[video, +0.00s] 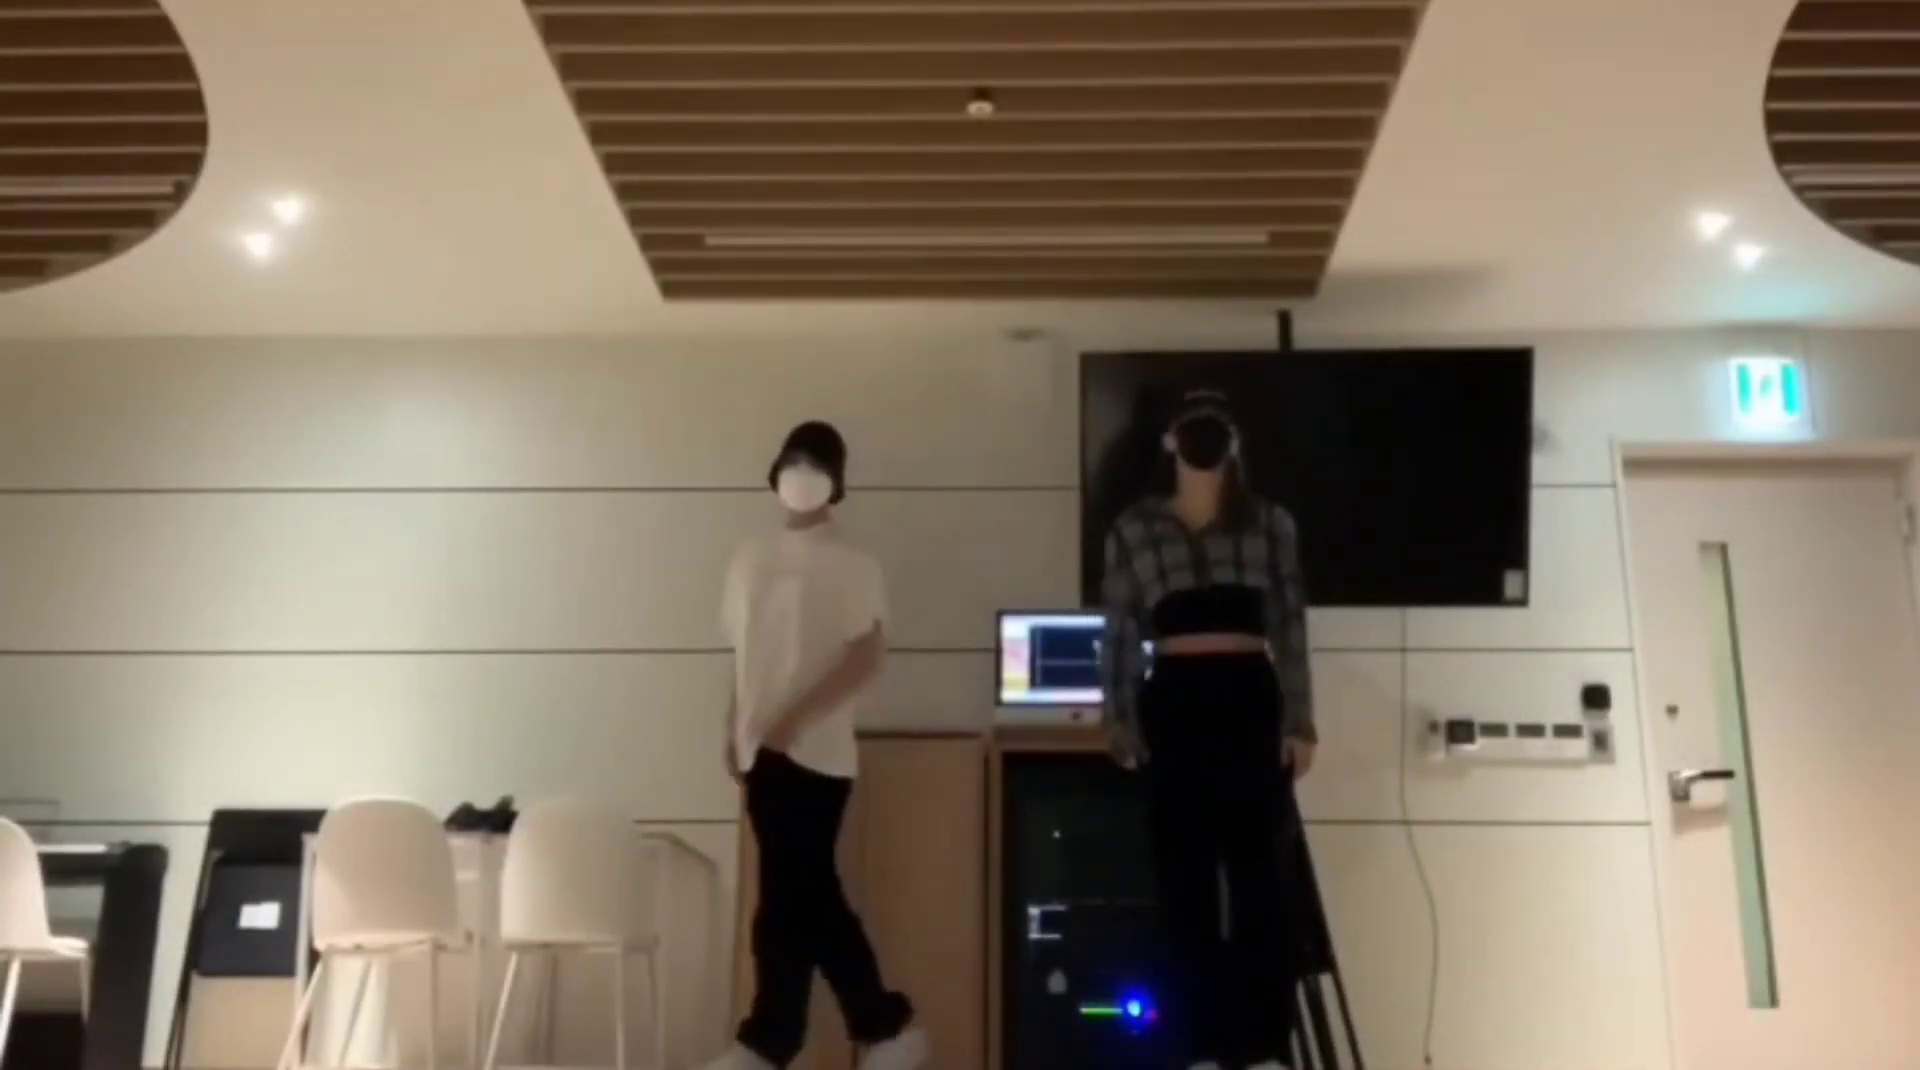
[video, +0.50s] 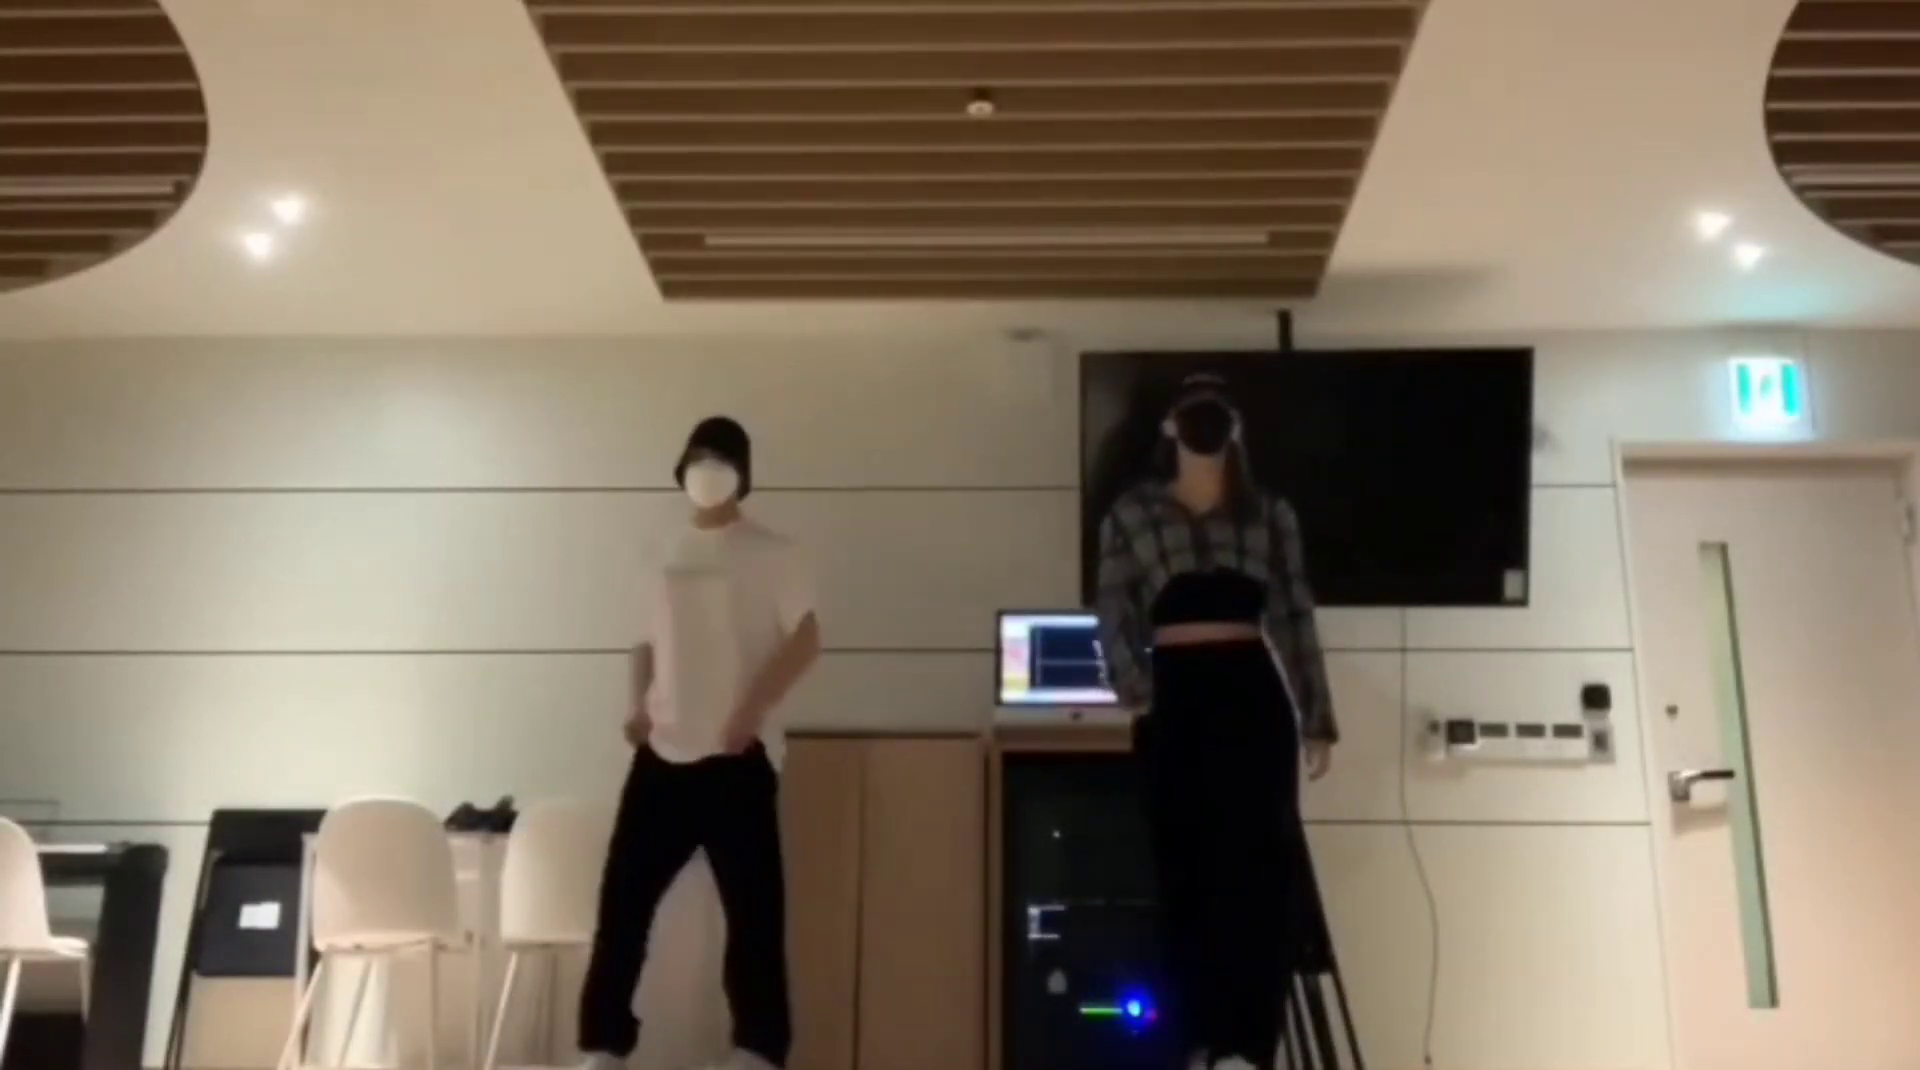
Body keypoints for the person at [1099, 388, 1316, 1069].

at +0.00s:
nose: (1206, 441)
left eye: (1217, 430)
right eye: (1192, 430)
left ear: (1237, 445)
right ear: (1168, 443)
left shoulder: (1271, 525)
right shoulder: (1135, 529)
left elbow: (1291, 628)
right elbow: (1119, 632)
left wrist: (1299, 721)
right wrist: (1119, 719)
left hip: (1250, 714)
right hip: (1175, 715)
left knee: (1260, 875)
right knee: (1184, 877)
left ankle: (1262, 1038)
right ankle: (1200, 1038)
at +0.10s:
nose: (1205, 438)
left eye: (1216, 427)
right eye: (1190, 427)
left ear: (1236, 444)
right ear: (1166, 442)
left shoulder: (1270, 525)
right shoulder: (1132, 529)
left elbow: (1294, 625)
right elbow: (1116, 629)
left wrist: (1305, 716)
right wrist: (1114, 712)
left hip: (1251, 709)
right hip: (1176, 710)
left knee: (1259, 875)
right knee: (1184, 877)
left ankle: (1261, 1039)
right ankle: (1200, 1039)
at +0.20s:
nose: (1204, 433)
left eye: (1216, 421)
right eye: (1189, 422)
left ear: (1235, 439)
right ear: (1165, 439)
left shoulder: (1269, 524)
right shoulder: (1131, 529)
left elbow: (1295, 623)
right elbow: (1111, 628)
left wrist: (1310, 715)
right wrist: (1121, 713)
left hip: (1253, 706)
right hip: (1178, 708)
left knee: (1255, 871)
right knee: (1189, 873)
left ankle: (1256, 1039)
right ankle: (1200, 1040)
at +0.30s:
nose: (1203, 429)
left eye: (1215, 418)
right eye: (1189, 419)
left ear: (1235, 437)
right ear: (1165, 437)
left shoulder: (1269, 524)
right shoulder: (1130, 528)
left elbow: (1295, 623)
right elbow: (1109, 629)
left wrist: (1314, 715)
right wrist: (1129, 713)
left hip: (1255, 708)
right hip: (1179, 710)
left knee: (1256, 871)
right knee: (1190, 873)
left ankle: (1254, 1040)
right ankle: (1199, 1041)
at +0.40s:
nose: (1206, 426)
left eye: (1217, 415)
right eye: (1192, 415)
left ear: (1236, 431)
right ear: (1168, 431)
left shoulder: (1270, 517)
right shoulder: (1131, 519)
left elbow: (1296, 620)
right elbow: (1112, 617)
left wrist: (1317, 716)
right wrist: (1132, 696)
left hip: (1256, 704)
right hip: (1178, 705)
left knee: (1260, 868)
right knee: (1189, 870)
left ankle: (1255, 1040)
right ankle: (1200, 1039)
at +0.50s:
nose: (1207, 422)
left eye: (1218, 410)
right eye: (1193, 411)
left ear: (1237, 428)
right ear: (1169, 428)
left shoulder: (1270, 514)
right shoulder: (1132, 515)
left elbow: (1295, 618)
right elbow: (1112, 611)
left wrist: (1316, 713)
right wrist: (1135, 690)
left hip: (1255, 702)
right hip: (1176, 704)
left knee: (1259, 867)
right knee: (1187, 868)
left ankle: (1251, 1040)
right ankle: (1197, 1037)